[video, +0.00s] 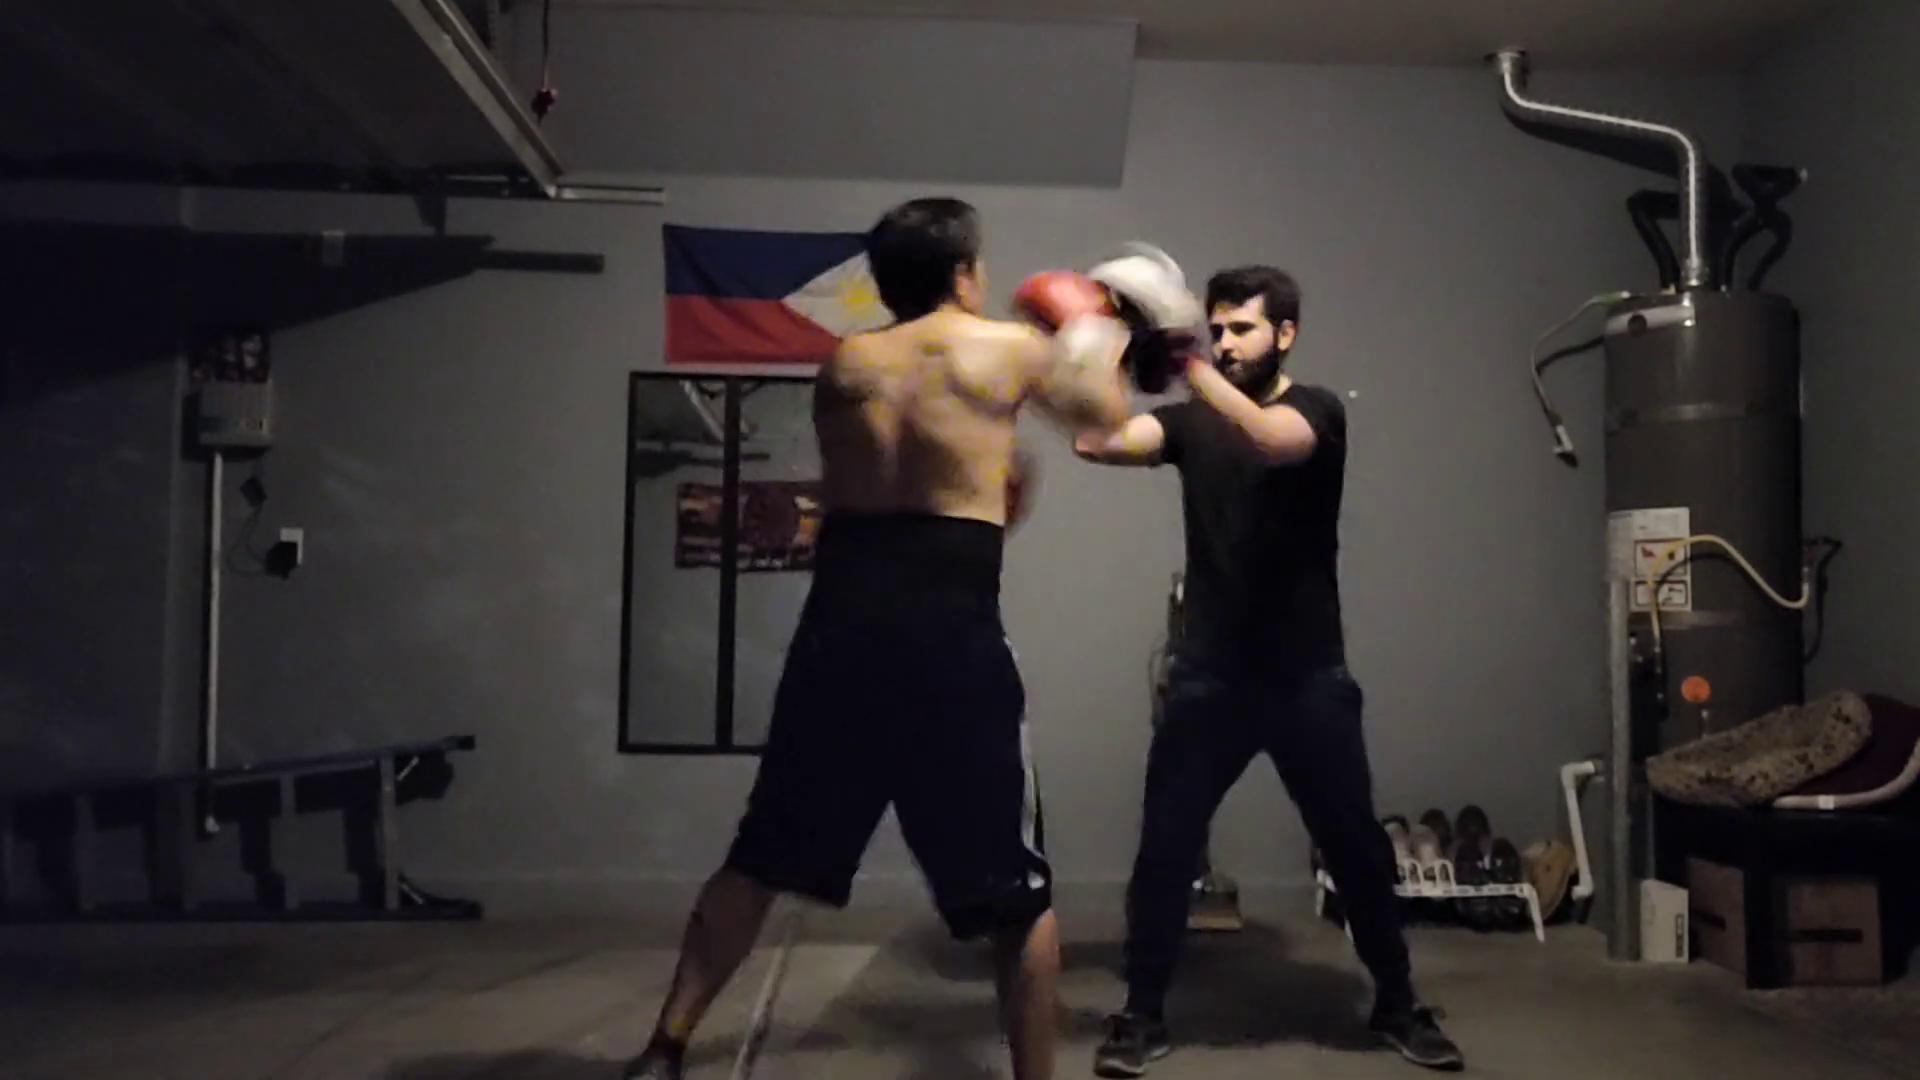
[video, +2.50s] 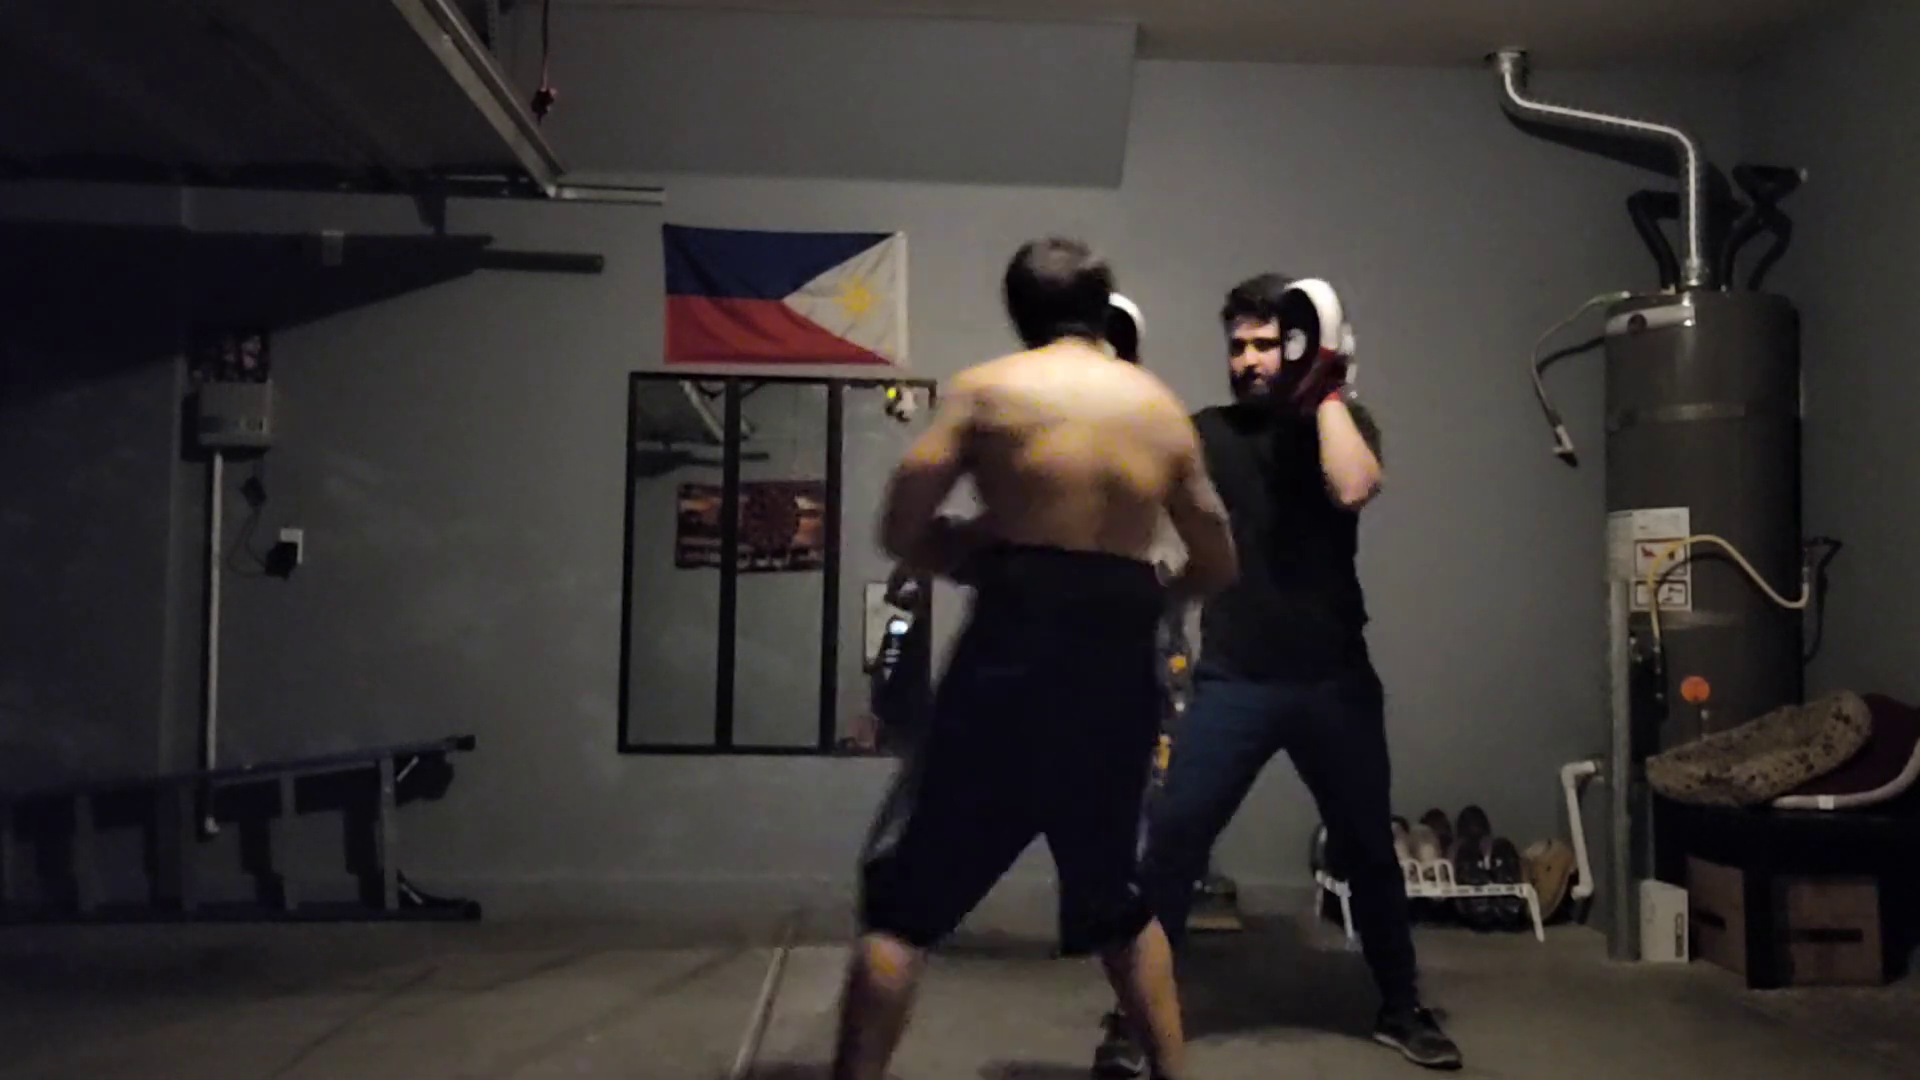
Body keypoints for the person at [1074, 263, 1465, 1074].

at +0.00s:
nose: (1226, 345)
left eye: (1242, 330)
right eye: (1217, 332)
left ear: (1285, 334)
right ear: (1206, 339)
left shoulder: (1319, 409)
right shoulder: (1192, 414)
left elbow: (1271, 436)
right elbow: (1105, 437)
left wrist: (1193, 365)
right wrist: (1083, 358)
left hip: (1305, 678)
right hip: (1207, 678)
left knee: (1355, 845)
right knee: (1166, 845)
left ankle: (1397, 1005)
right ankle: (1142, 1012)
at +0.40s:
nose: (1256, 346)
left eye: (1271, 330)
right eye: (1245, 333)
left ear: (1303, 338)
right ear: (1233, 348)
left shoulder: (1347, 416)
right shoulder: (1217, 435)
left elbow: (1335, 442)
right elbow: (1111, 448)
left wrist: (1283, 354)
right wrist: (1133, 373)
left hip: (1332, 682)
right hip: (1234, 683)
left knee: (1362, 848)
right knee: (1179, 830)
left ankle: (1398, 1007)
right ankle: (1144, 1010)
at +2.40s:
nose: (1266, 357)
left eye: (1283, 344)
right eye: (1257, 344)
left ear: (1323, 348)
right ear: (1246, 349)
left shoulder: (1357, 422)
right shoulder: (1218, 425)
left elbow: (1368, 481)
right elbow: (1128, 452)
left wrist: (1345, 381)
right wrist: (1094, 381)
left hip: (1338, 679)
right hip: (1238, 677)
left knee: (1370, 852)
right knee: (1189, 842)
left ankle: (1402, 1008)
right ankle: (1140, 1015)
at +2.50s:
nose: (1247, 362)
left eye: (1264, 347)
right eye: (1238, 347)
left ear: (1306, 350)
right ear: (1227, 353)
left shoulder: (1343, 425)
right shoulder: (1207, 432)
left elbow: (1354, 486)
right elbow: (1157, 510)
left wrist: (1326, 392)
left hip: (1332, 682)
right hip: (1233, 679)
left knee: (1369, 852)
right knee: (1173, 836)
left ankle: (1402, 1007)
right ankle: (1135, 1015)